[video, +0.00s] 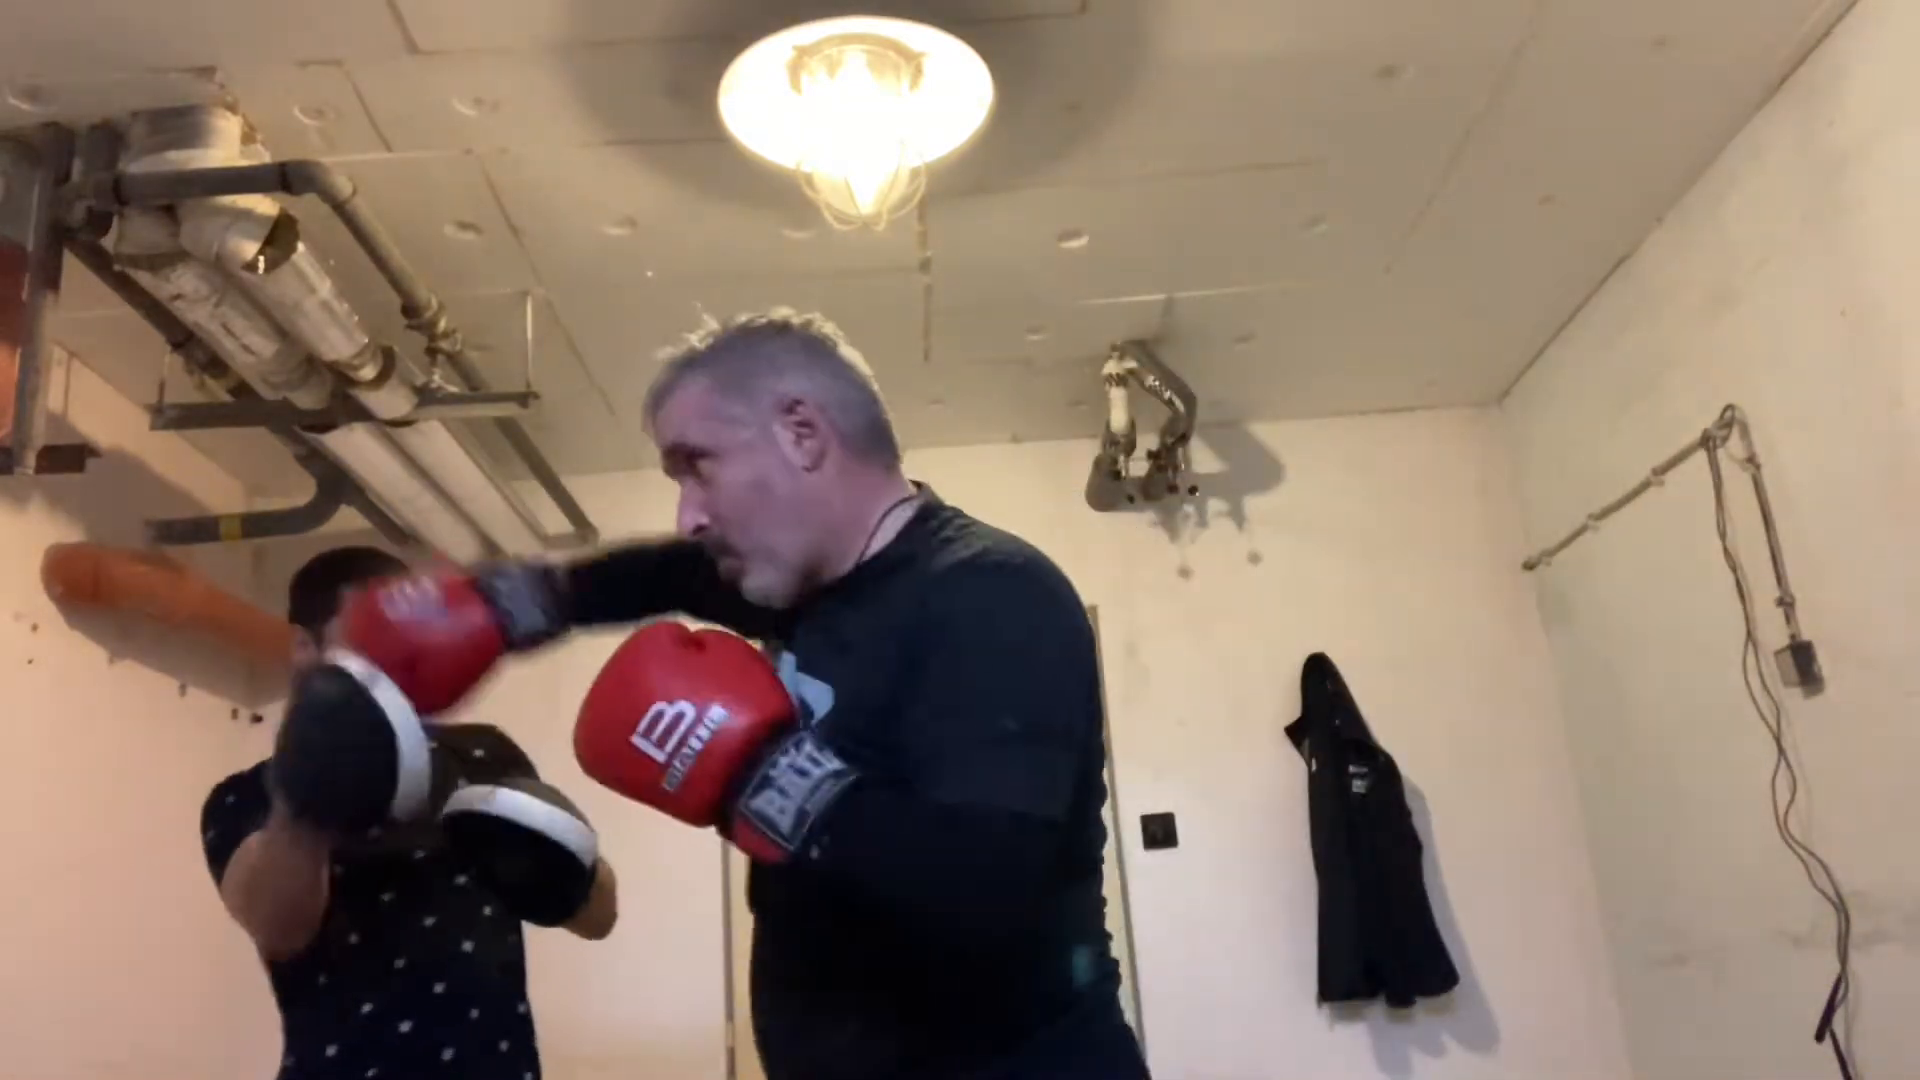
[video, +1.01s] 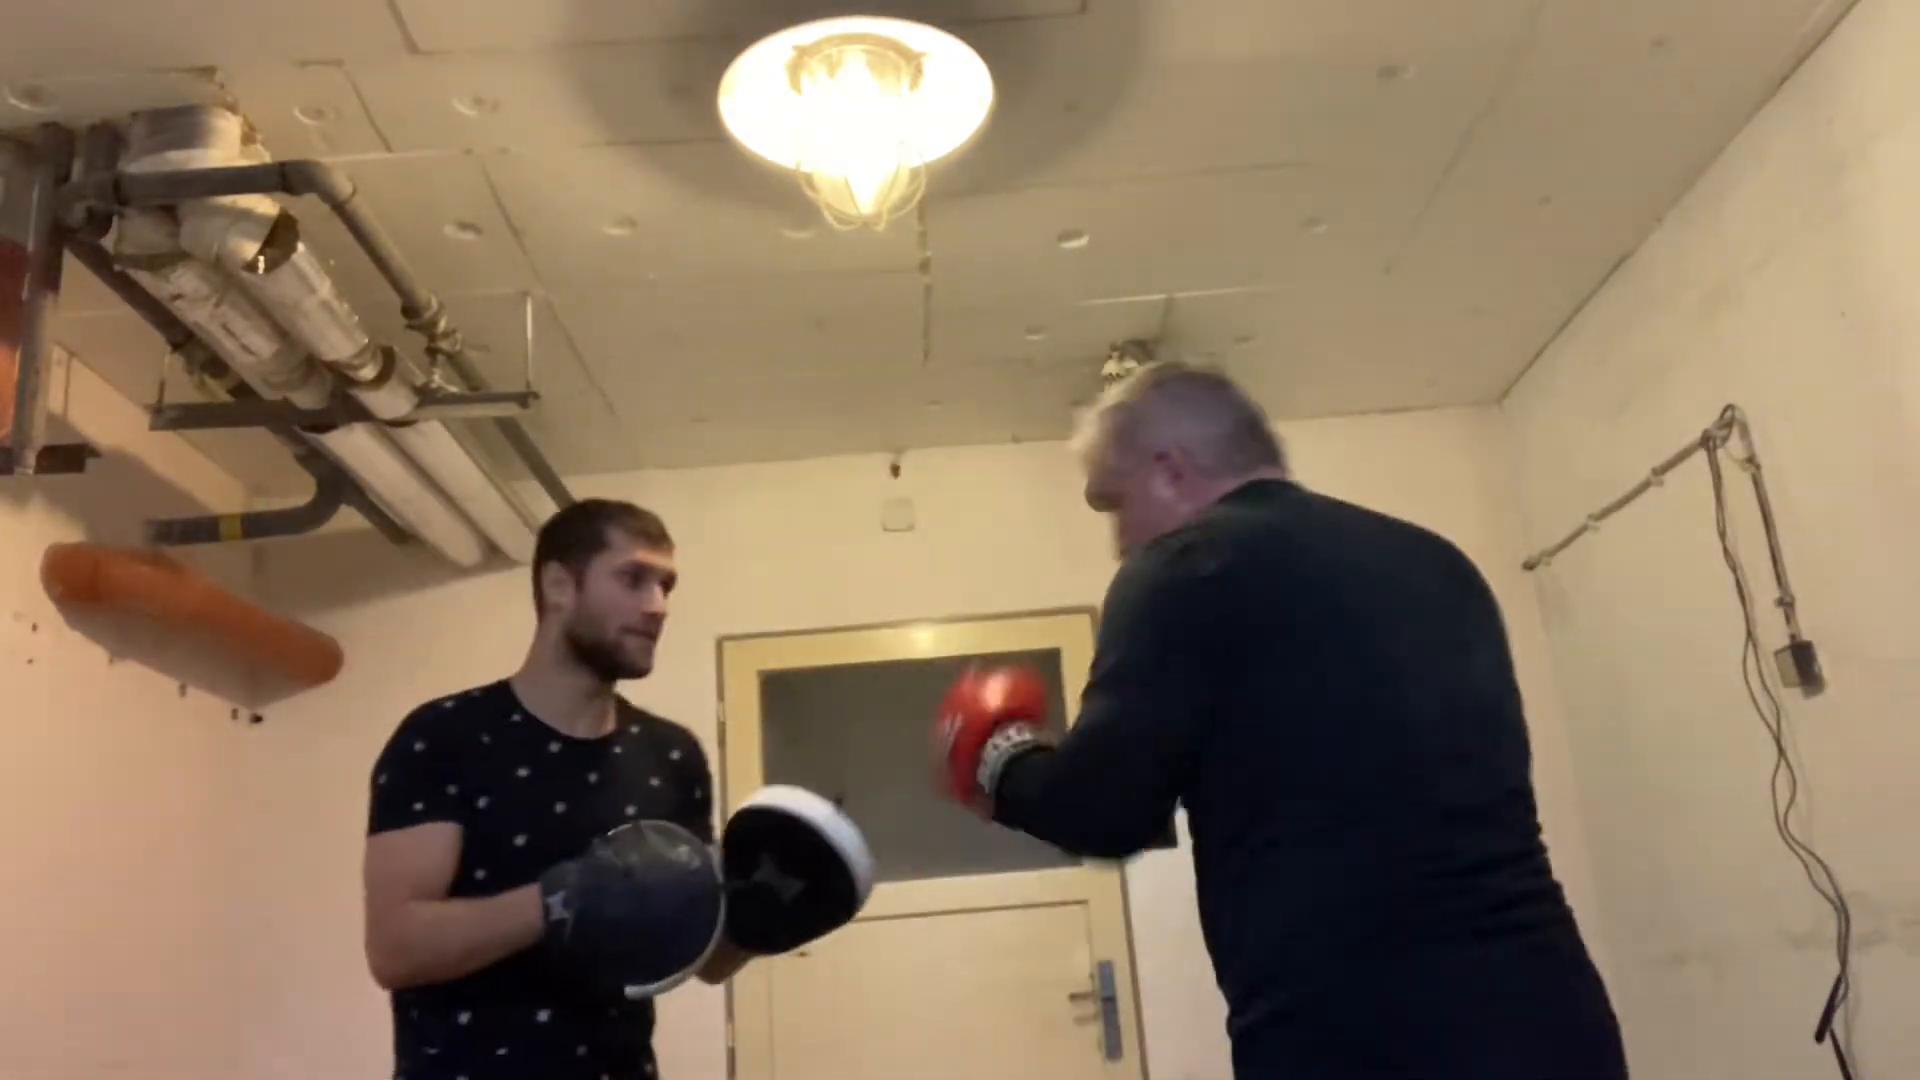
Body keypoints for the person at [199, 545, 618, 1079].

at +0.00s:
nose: (386, 650)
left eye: (401, 625)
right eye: (363, 633)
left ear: (427, 632)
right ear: (305, 649)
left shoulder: (479, 757)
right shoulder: (249, 800)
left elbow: (599, 916)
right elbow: (277, 929)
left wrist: (549, 870)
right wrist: (315, 783)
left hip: (493, 1060)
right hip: (343, 1067)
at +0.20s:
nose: (387, 648)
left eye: (401, 627)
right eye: (357, 628)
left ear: (415, 634)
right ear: (289, 643)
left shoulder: (468, 759)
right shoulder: (237, 800)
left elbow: (587, 912)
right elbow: (280, 933)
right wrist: (353, 767)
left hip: (482, 1063)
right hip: (335, 1069)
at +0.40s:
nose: (433, 637)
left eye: (445, 615)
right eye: (404, 612)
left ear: (458, 627)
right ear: (334, 626)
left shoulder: (470, 766)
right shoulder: (256, 781)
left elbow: (566, 942)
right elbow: (289, 939)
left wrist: (570, 854)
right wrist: (406, 774)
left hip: (488, 1066)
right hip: (342, 1070)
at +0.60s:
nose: (519, 630)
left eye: (529, 610)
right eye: (493, 605)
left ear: (538, 620)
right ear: (416, 616)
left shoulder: (546, 767)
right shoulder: (321, 773)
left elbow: (590, 960)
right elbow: (320, 967)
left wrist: (648, 898)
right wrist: (479, 865)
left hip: (525, 1066)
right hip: (379, 1069)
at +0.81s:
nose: (614, 618)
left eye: (621, 600)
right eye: (589, 593)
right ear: (514, 600)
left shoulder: (627, 766)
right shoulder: (400, 754)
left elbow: (625, 944)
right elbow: (359, 959)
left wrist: (687, 922)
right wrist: (527, 920)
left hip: (584, 1064)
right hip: (434, 1067)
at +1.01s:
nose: (658, 606)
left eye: (665, 588)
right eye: (633, 580)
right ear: (557, 585)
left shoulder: (672, 757)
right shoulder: (442, 740)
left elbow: (707, 961)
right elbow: (394, 949)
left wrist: (757, 910)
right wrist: (564, 899)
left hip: (618, 1065)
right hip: (464, 1066)